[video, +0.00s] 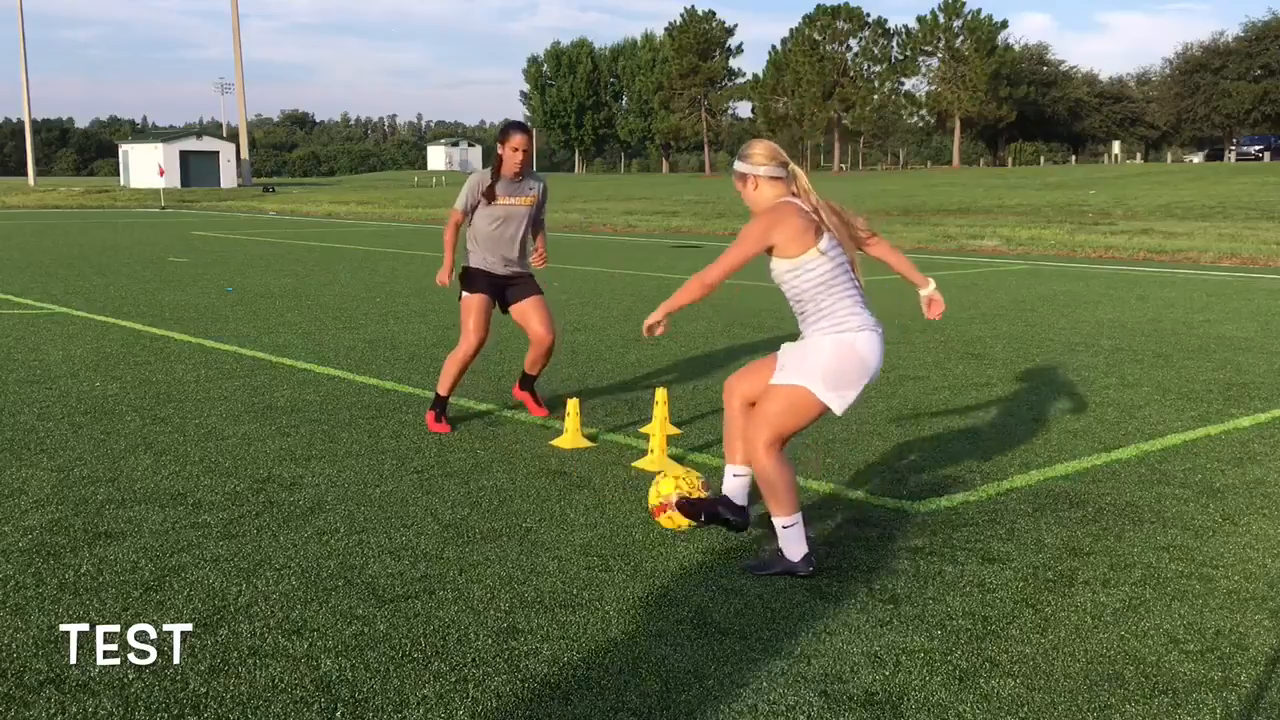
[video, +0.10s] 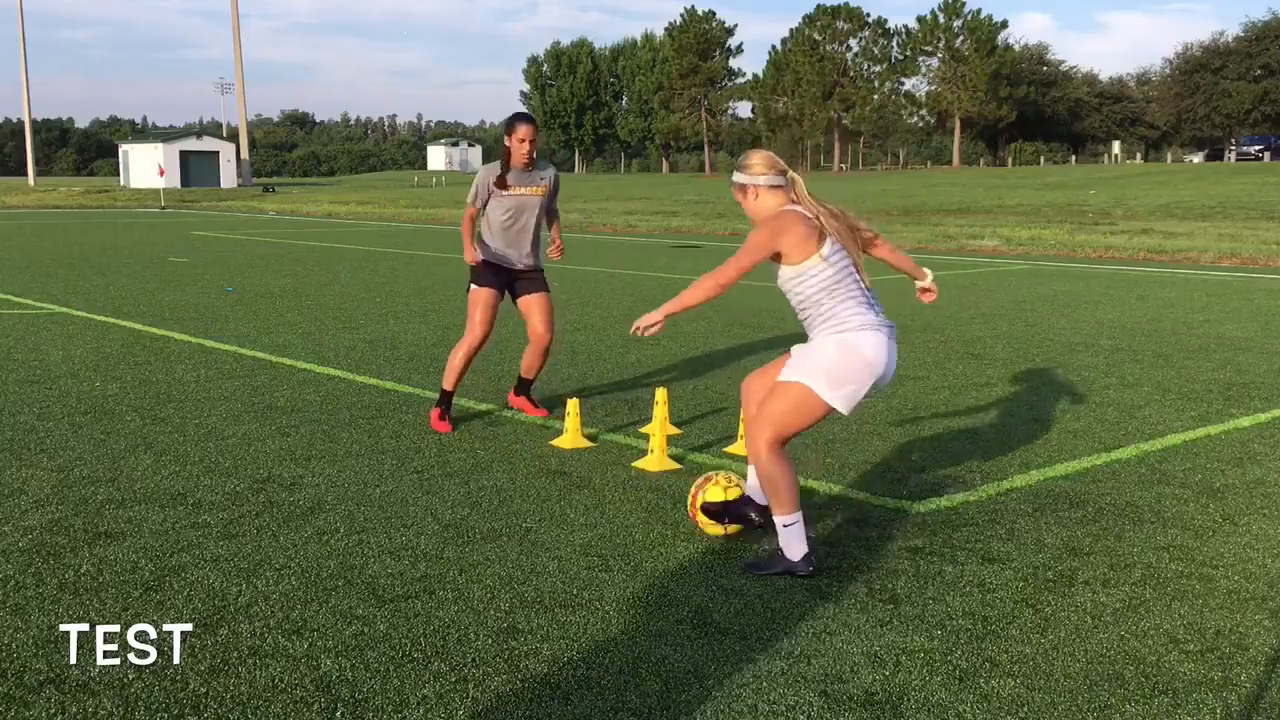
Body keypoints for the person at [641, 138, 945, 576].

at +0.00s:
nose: (741, 194)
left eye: (740, 185)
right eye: (740, 186)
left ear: (751, 180)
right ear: (782, 178)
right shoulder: (819, 210)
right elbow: (876, 245)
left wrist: (665, 309)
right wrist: (924, 283)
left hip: (842, 345)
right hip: (842, 340)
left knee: (762, 437)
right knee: (738, 390)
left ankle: (795, 554)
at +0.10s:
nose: (742, 208)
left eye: (742, 199)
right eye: (741, 199)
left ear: (755, 191)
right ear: (782, 187)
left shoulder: (779, 224)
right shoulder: (822, 215)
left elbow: (720, 280)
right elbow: (876, 243)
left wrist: (663, 312)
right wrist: (918, 273)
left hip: (850, 346)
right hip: (866, 336)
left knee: (762, 434)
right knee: (755, 389)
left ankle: (796, 555)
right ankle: (757, 500)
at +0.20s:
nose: (756, 196)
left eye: (755, 188)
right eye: (755, 189)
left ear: (767, 186)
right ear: (799, 181)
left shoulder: (789, 220)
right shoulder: (836, 213)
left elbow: (761, 277)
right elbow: (893, 248)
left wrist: (715, 327)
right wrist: (928, 271)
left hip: (845, 343)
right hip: (882, 341)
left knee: (765, 437)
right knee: (803, 418)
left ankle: (795, 554)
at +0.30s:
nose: (786, 178)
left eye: (788, 170)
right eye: (787, 170)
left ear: (799, 170)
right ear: (831, 168)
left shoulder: (803, 212)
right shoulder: (867, 204)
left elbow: (814, 258)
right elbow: (920, 236)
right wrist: (952, 257)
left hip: (842, 333)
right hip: (893, 334)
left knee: (777, 436)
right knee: (860, 427)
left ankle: (795, 554)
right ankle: (926, 491)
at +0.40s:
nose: (823, 162)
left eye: (823, 156)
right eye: (824, 156)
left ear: (830, 156)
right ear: (868, 156)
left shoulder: (828, 202)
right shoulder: (902, 195)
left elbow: (856, 254)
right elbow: (946, 240)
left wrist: (889, 306)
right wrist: (958, 248)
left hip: (849, 322)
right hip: (908, 317)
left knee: (815, 433)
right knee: (912, 427)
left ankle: (798, 531)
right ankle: (938, 508)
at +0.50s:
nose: (858, 169)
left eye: (860, 163)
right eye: (860, 163)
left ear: (868, 164)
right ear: (902, 163)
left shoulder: (860, 205)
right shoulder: (926, 202)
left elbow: (869, 269)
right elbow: (938, 245)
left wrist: (872, 327)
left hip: (865, 325)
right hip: (922, 327)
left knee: (849, 420)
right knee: (924, 440)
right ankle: (936, 525)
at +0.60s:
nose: (874, 161)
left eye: (876, 156)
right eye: (876, 155)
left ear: (886, 159)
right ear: (914, 158)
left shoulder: (875, 197)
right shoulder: (933, 196)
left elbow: (865, 256)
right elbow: (937, 252)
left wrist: (841, 309)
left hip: (883, 314)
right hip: (935, 313)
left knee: (886, 394)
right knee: (935, 421)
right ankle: (940, 503)